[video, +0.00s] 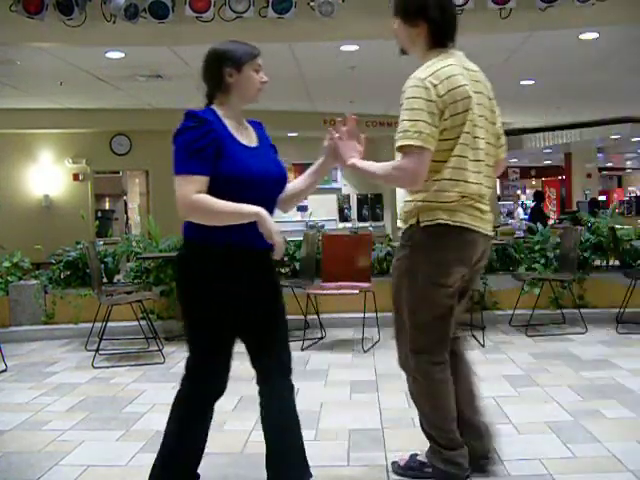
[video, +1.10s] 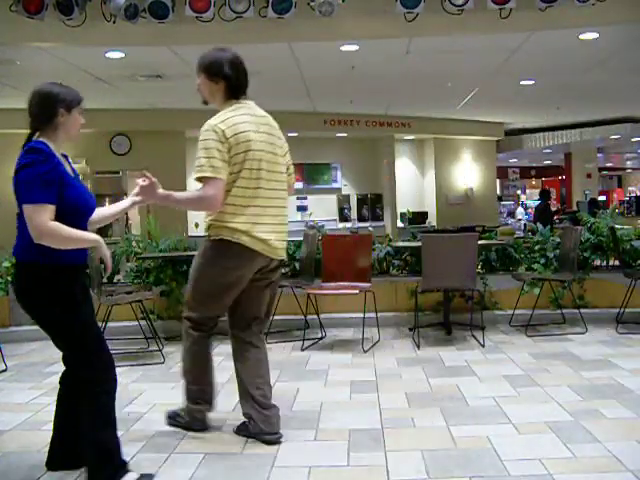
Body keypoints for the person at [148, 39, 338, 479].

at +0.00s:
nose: (264, 78)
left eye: (263, 70)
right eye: (257, 70)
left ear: (238, 76)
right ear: (230, 75)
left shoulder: (257, 130)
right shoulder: (199, 127)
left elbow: (282, 199)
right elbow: (187, 203)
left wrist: (327, 161)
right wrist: (256, 213)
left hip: (255, 263)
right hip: (208, 265)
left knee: (277, 377)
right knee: (205, 379)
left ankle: (291, 475)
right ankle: (171, 476)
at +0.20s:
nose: (229, 94)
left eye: (226, 85)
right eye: (221, 85)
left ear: (204, 91)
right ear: (195, 90)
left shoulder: (214, 147)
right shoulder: (164, 137)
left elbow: (238, 212)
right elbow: (151, 213)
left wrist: (277, 171)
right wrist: (217, 228)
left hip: (208, 272)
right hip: (167, 275)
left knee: (250, 378)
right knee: (183, 390)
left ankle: (287, 474)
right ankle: (170, 478)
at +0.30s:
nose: (212, 105)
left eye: (210, 97)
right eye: (204, 97)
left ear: (184, 103)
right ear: (178, 101)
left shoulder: (195, 157)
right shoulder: (148, 150)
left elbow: (214, 227)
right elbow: (136, 225)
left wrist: (256, 188)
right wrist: (201, 245)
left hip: (189, 282)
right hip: (146, 286)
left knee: (236, 375)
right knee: (184, 392)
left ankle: (264, 473)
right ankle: (171, 479)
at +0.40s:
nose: (195, 106)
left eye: (193, 97)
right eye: (188, 97)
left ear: (169, 102)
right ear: (165, 101)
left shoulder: (176, 155)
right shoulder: (133, 148)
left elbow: (191, 227)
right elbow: (119, 225)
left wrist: (237, 199)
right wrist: (183, 245)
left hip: (171, 276)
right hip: (133, 280)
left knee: (213, 369)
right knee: (174, 380)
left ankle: (206, 464)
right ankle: (174, 473)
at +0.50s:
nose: (177, 103)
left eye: (175, 95)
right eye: (171, 94)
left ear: (151, 97)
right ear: (150, 97)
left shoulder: (158, 149)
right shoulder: (118, 145)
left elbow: (175, 219)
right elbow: (103, 218)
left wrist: (227, 197)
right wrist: (168, 239)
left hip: (154, 270)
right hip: (120, 273)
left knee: (184, 367)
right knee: (158, 377)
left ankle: (142, 445)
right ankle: (168, 473)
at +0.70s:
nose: (141, 114)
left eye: (141, 107)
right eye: (137, 106)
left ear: (117, 107)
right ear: (116, 106)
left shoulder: (120, 154)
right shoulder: (91, 153)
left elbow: (146, 220)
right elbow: (84, 223)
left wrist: (196, 191)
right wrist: (144, 241)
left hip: (117, 276)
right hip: (97, 278)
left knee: (113, 371)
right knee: (148, 378)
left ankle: (71, 446)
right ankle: (166, 474)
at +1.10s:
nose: (83, 122)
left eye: (82, 114)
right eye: (79, 114)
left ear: (56, 116)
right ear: (61, 115)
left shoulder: (57, 158)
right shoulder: (39, 159)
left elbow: (84, 219)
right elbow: (41, 230)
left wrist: (130, 201)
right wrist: (93, 241)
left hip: (64, 275)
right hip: (46, 278)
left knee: (82, 360)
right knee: (98, 366)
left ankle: (66, 453)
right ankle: (107, 469)